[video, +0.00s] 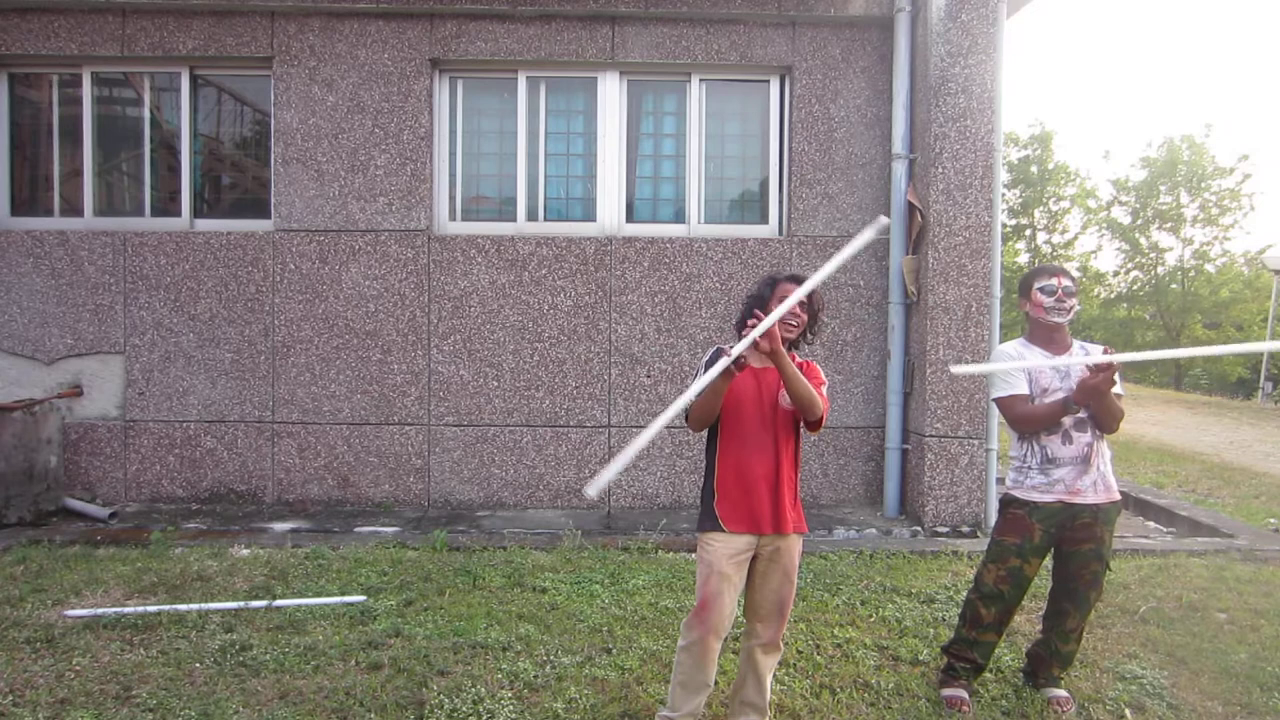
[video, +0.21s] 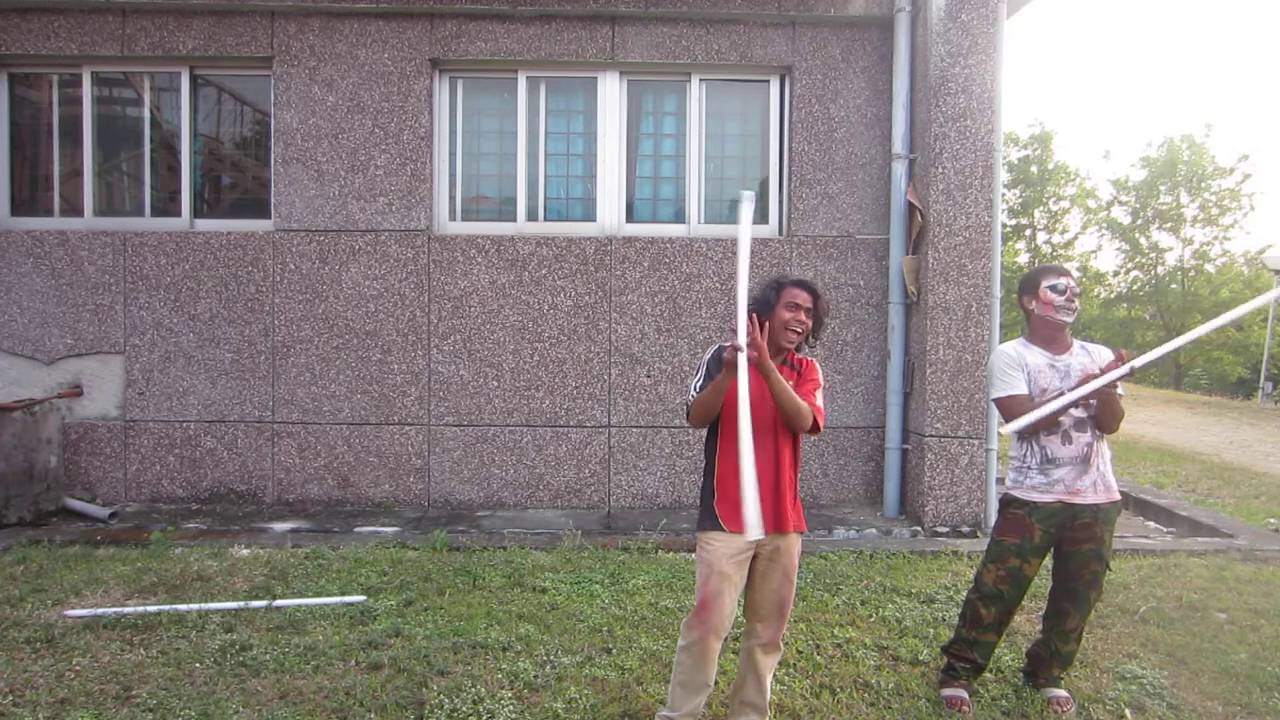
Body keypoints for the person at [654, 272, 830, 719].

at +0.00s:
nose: (794, 312)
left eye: (802, 308)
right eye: (785, 303)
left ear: (808, 320)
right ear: (759, 310)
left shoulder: (807, 369)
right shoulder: (723, 360)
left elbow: (814, 414)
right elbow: (696, 421)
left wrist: (779, 354)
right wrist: (728, 370)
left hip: (784, 520)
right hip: (726, 519)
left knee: (767, 636)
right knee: (708, 622)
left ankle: (749, 714)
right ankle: (678, 713)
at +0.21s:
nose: (801, 319)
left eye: (808, 313)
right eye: (792, 308)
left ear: (812, 325)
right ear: (761, 314)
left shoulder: (806, 368)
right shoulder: (724, 357)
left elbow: (806, 422)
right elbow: (697, 417)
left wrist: (765, 363)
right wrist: (729, 371)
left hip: (783, 519)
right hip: (726, 518)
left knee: (767, 635)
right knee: (708, 622)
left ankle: (749, 714)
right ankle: (678, 713)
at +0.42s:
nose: (802, 326)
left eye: (810, 320)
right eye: (794, 314)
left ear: (814, 329)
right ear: (766, 313)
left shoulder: (807, 369)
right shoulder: (727, 353)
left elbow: (795, 433)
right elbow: (701, 414)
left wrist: (761, 386)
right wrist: (728, 364)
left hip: (781, 517)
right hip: (724, 515)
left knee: (767, 633)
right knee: (708, 619)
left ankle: (749, 714)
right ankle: (679, 713)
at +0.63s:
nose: (795, 318)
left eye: (802, 313)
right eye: (786, 308)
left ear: (807, 322)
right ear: (760, 310)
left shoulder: (806, 365)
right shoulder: (726, 354)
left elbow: (794, 430)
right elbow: (706, 410)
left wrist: (767, 395)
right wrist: (737, 363)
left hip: (780, 515)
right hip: (722, 512)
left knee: (766, 633)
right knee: (704, 618)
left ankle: (749, 714)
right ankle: (677, 713)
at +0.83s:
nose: (779, 315)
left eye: (787, 308)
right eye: (770, 305)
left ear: (794, 319)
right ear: (748, 310)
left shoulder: (800, 358)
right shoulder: (720, 350)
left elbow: (791, 418)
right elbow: (712, 403)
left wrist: (760, 377)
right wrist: (740, 361)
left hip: (780, 516)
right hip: (722, 514)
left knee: (767, 632)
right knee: (704, 619)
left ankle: (749, 714)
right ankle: (678, 713)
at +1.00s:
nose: (782, 319)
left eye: (789, 313)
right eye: (773, 310)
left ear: (795, 322)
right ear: (750, 312)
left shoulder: (797, 358)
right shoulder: (720, 351)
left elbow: (790, 409)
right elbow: (712, 403)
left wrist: (766, 365)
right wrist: (745, 360)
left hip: (779, 515)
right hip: (722, 514)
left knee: (766, 632)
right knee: (703, 618)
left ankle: (749, 714)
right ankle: (678, 713)